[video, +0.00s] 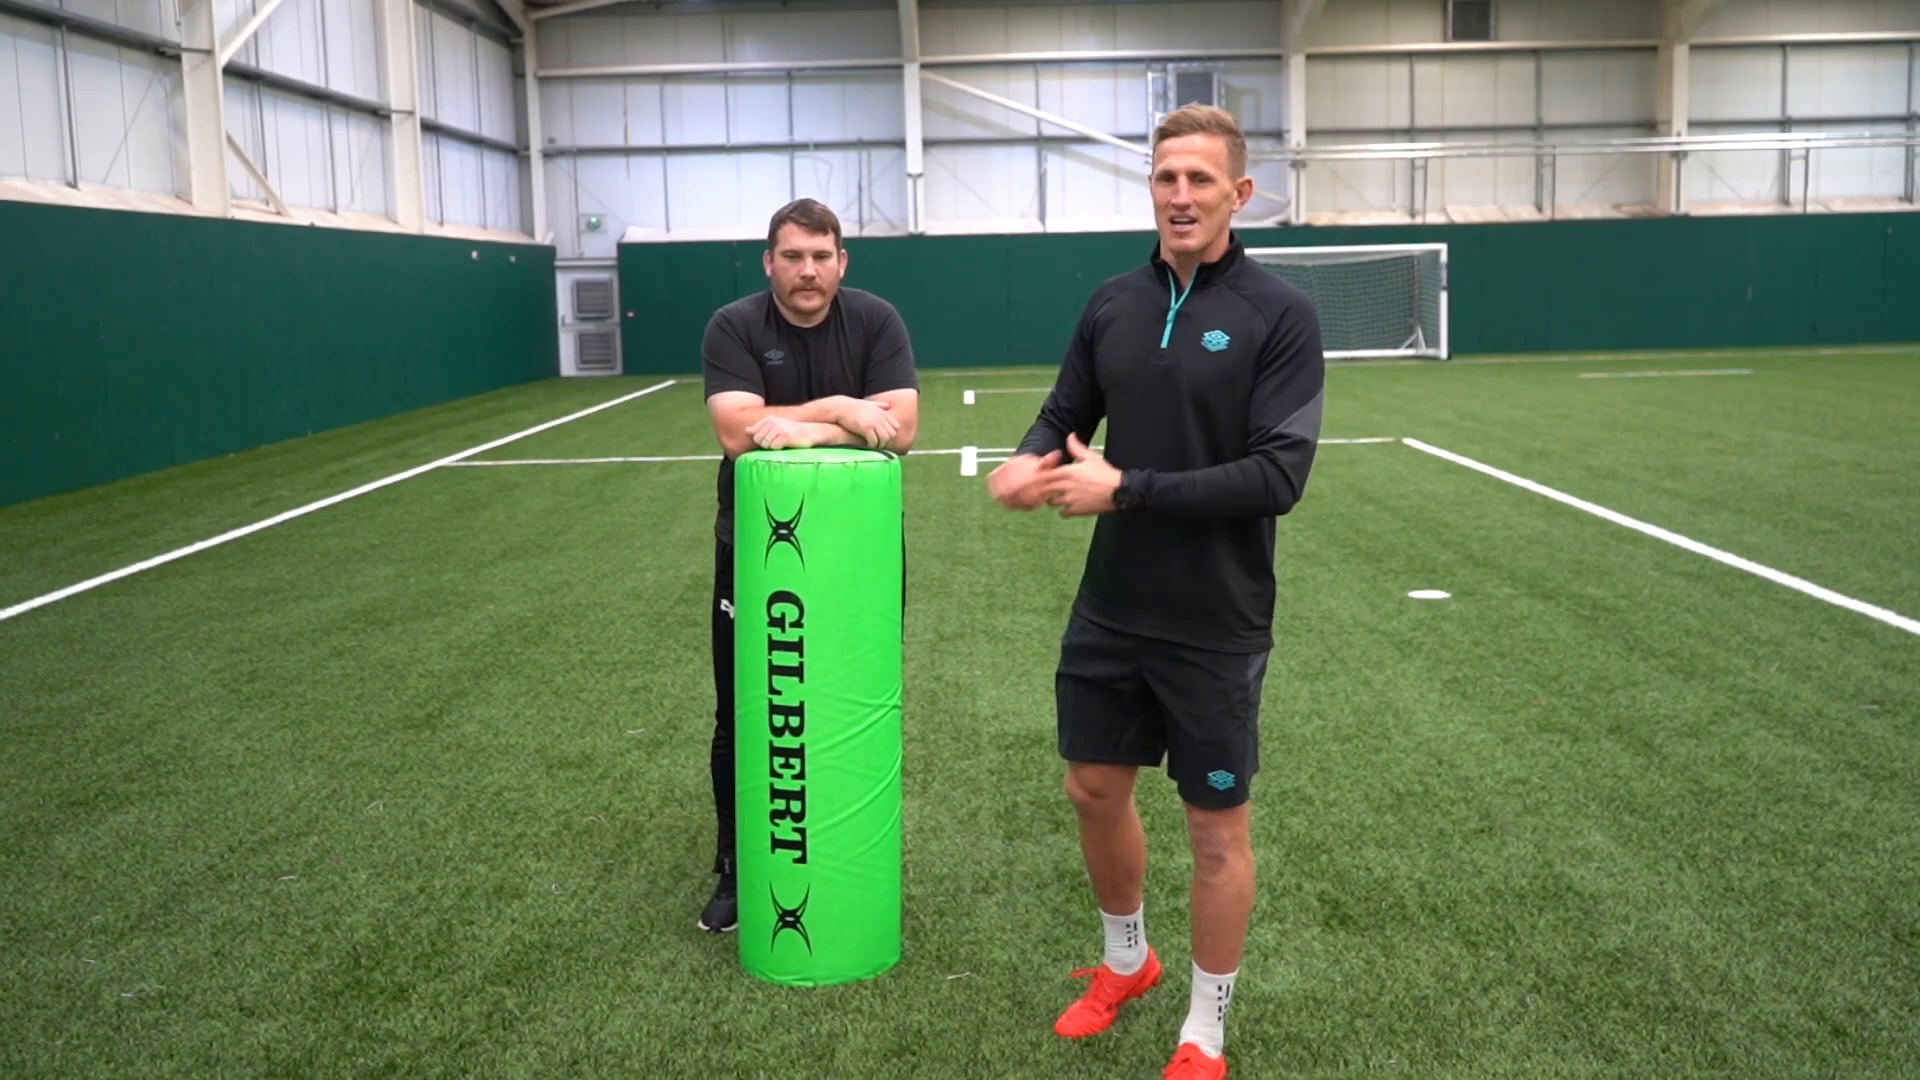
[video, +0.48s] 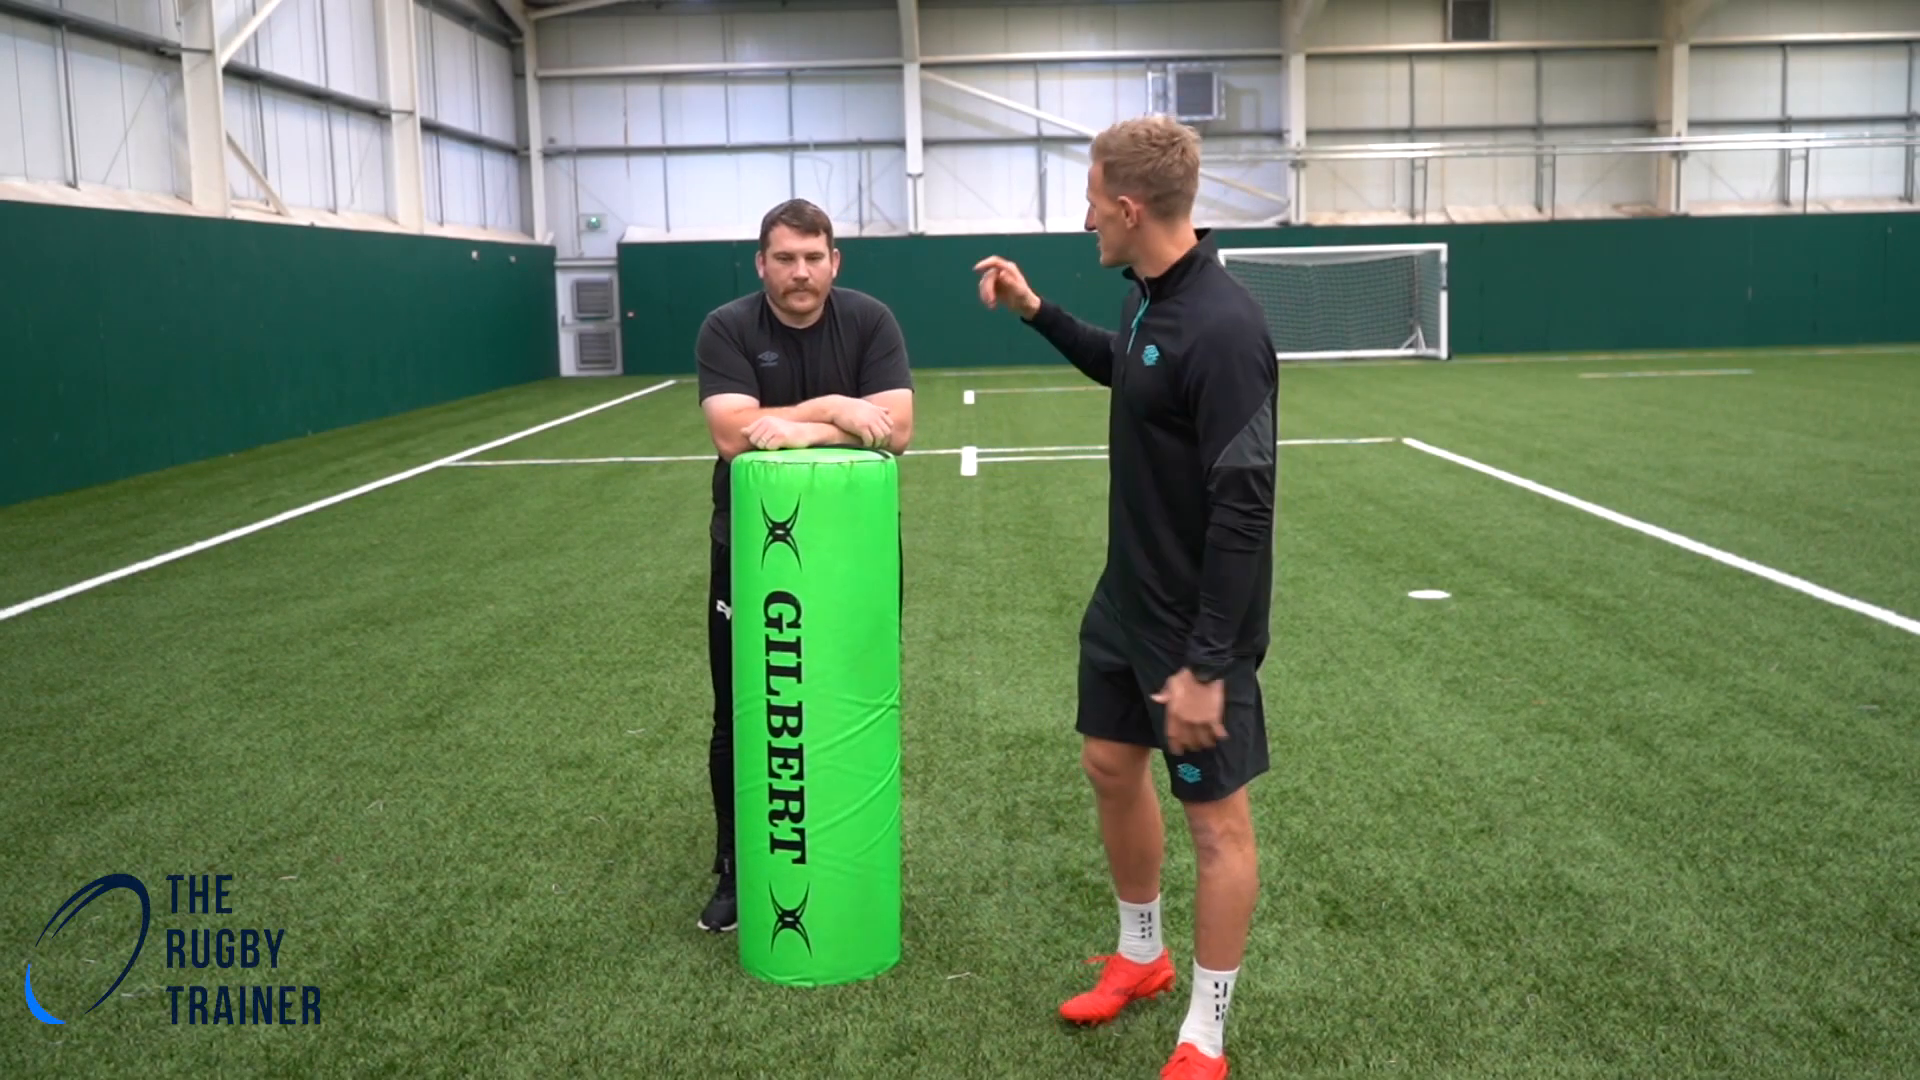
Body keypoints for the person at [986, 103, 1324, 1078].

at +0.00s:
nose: (1179, 196)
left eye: (1200, 179)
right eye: (1165, 178)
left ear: (1240, 194)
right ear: (1148, 190)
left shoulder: (1282, 315)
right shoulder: (1114, 304)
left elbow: (1280, 475)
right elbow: (1061, 423)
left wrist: (1123, 489)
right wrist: (1031, 465)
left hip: (1218, 617)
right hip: (1112, 602)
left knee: (1215, 826)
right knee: (1096, 788)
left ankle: (1206, 1033)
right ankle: (1128, 962)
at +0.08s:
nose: (1157, 202)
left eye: (1177, 186)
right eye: (1150, 184)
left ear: (1232, 196)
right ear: (1144, 191)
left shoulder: (1277, 319)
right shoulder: (1120, 305)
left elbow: (1265, 480)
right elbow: (1069, 420)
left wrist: (1111, 504)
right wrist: (999, 472)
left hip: (1218, 618)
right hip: (1116, 601)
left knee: (1222, 827)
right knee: (1099, 784)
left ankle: (1205, 1035)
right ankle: (1130, 964)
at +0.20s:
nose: (1117, 207)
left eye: (1133, 191)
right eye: (1119, 188)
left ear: (1196, 198)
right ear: (1176, 197)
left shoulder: (1268, 324)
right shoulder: (1134, 300)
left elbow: (1251, 492)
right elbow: (1079, 413)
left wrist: (1102, 558)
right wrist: (985, 431)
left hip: (1212, 621)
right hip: (1117, 601)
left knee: (1221, 826)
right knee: (1107, 779)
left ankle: (1207, 1034)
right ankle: (1134, 965)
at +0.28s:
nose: (1107, 211)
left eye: (1115, 195)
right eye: (1108, 193)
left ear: (1166, 201)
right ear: (1165, 199)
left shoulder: (1255, 325)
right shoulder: (1143, 294)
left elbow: (1243, 502)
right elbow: (1095, 396)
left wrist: (1120, 607)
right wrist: (994, 385)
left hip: (1209, 614)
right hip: (1122, 596)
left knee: (1219, 820)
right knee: (1111, 775)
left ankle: (1207, 1035)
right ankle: (1136, 966)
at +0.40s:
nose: (1092, 214)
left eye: (1100, 199)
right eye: (1096, 197)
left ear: (1139, 206)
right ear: (1154, 203)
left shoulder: (1233, 324)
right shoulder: (1156, 291)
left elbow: (1241, 514)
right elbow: (1125, 379)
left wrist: (1174, 654)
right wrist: (1028, 329)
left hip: (1206, 621)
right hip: (1128, 595)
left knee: (1219, 822)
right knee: (1110, 766)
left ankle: (1207, 1037)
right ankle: (1135, 961)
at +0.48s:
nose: (1087, 219)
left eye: (1095, 204)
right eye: (1091, 202)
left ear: (1132, 207)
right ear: (1151, 204)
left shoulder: (1226, 325)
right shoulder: (1153, 291)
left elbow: (1243, 512)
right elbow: (1130, 370)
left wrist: (1206, 662)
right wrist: (1037, 311)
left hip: (1202, 622)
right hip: (1128, 594)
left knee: (1219, 824)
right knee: (1110, 764)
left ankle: (1207, 1037)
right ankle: (1142, 955)